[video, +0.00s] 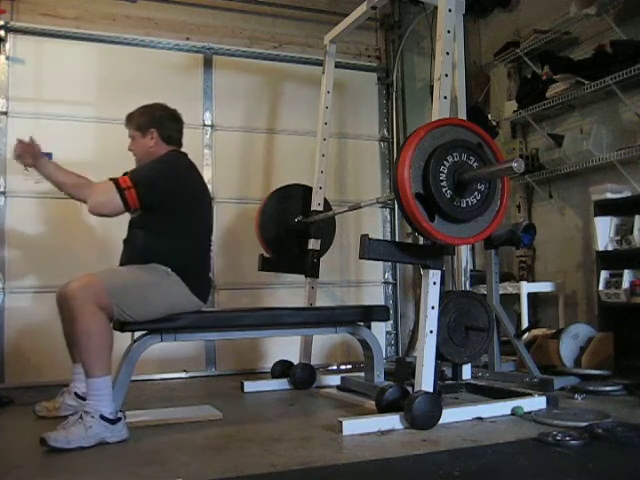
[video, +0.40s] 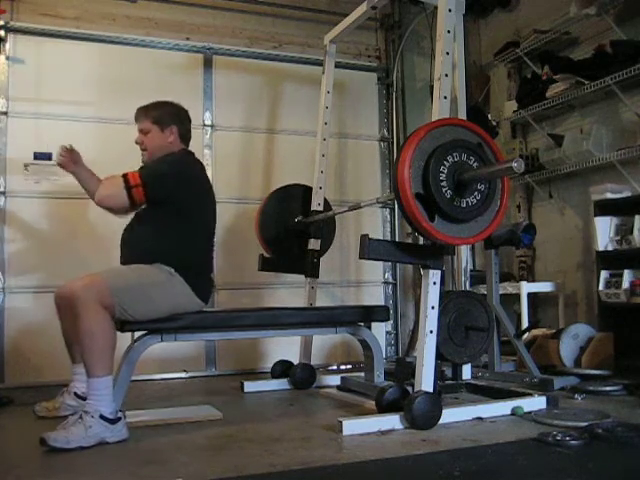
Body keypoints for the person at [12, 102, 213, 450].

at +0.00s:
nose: (129, 146)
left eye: (133, 138)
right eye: (130, 138)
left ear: (153, 138)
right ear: (155, 139)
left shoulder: (170, 169)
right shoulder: (159, 169)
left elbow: (100, 204)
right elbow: (90, 191)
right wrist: (40, 162)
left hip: (178, 280)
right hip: (157, 276)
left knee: (84, 296)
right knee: (69, 294)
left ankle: (104, 416)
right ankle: (82, 394)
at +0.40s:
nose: (138, 140)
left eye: (145, 132)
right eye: (138, 133)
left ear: (171, 135)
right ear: (169, 136)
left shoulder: (179, 166)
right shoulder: (166, 169)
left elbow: (109, 196)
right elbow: (113, 202)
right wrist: (79, 169)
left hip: (179, 280)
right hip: (156, 277)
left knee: (88, 294)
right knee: (66, 297)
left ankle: (105, 416)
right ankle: (82, 394)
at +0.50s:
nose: (138, 140)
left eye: (145, 132)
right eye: (138, 133)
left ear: (171, 134)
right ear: (168, 136)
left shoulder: (180, 163)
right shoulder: (164, 170)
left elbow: (115, 188)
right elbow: (125, 217)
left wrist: (109, 186)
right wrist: (93, 189)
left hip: (178, 280)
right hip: (153, 277)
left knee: (87, 293)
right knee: (66, 297)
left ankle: (105, 416)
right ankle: (82, 393)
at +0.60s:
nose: (138, 139)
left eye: (145, 131)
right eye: (138, 132)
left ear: (172, 134)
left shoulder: (181, 162)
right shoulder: (163, 174)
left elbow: (113, 180)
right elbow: (131, 221)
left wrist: (97, 180)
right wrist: (101, 197)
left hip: (179, 281)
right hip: (154, 279)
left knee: (87, 286)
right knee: (66, 296)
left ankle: (99, 409)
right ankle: (81, 392)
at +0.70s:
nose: (138, 138)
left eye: (145, 131)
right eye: (138, 132)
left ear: (173, 132)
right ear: (168, 135)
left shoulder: (182, 159)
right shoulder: (163, 174)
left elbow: (129, 167)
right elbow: (130, 206)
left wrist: (71, 174)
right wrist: (91, 192)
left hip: (180, 280)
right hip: (157, 278)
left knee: (83, 286)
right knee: (66, 296)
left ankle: (88, 406)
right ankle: (82, 397)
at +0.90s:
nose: (130, 133)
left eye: (138, 127)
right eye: (131, 126)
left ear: (165, 132)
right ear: (159, 133)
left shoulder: (180, 160)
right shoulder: (154, 172)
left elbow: (152, 175)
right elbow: (132, 203)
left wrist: (91, 175)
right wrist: (100, 221)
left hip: (178, 281)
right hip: (154, 278)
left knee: (82, 292)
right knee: (72, 291)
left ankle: (85, 415)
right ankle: (75, 390)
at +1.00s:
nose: (120, 130)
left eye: (128, 123)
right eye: (121, 123)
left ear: (155, 129)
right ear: (149, 131)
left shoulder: (173, 161)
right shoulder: (147, 170)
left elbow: (178, 194)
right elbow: (155, 231)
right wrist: (117, 243)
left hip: (177, 280)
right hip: (154, 276)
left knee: (83, 292)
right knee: (75, 292)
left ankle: (86, 415)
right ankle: (72, 393)